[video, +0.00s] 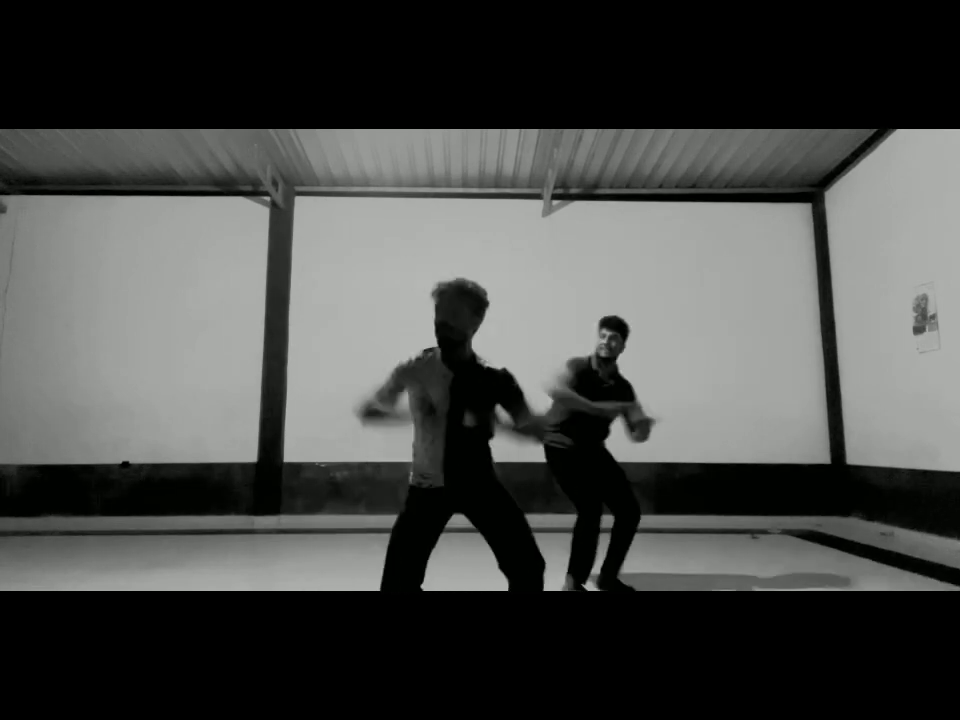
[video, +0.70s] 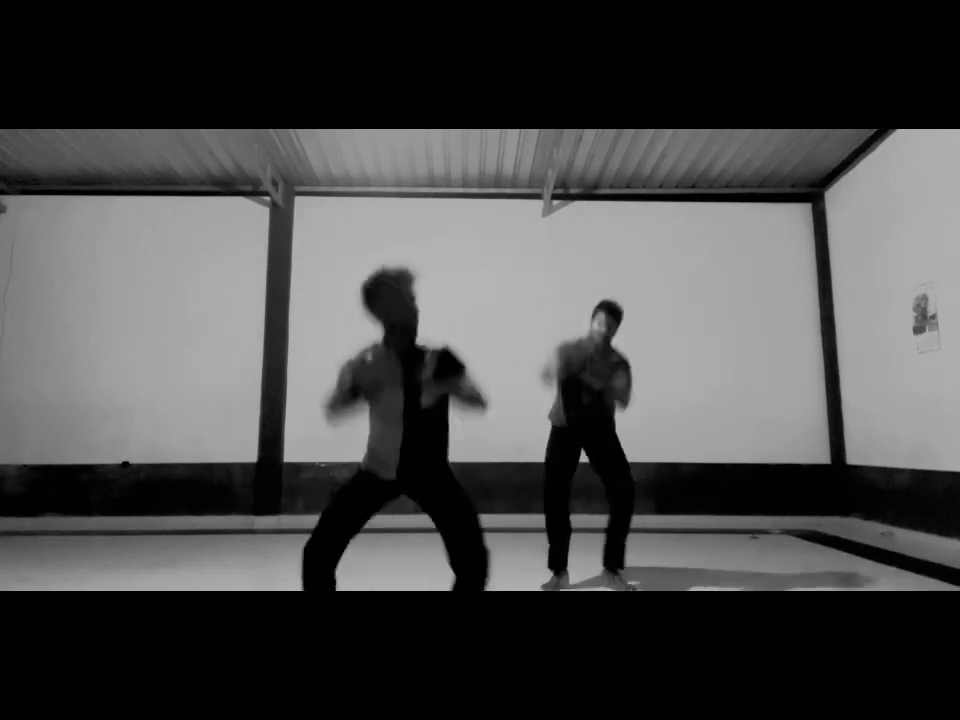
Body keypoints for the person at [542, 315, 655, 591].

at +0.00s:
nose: (607, 343)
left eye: (614, 339)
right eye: (603, 337)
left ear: (622, 346)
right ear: (596, 339)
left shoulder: (621, 387)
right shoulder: (576, 367)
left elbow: (635, 434)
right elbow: (554, 389)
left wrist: (643, 427)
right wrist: (595, 408)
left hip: (595, 449)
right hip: (563, 447)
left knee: (629, 511)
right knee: (590, 507)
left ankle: (608, 578)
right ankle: (574, 581)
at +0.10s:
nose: (609, 331)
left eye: (617, 329)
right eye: (608, 324)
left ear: (626, 336)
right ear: (602, 324)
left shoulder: (627, 376)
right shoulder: (575, 349)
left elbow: (665, 406)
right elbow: (539, 339)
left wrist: (652, 420)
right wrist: (530, 350)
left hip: (598, 443)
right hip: (563, 438)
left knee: (625, 507)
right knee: (575, 502)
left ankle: (607, 576)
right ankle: (574, 579)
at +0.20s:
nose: (607, 310)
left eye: (614, 307)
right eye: (607, 304)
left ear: (627, 316)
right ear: (604, 306)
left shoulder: (629, 352)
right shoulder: (578, 331)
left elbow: (673, 372)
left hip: (596, 425)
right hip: (558, 422)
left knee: (614, 495)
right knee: (559, 495)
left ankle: (609, 572)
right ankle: (569, 569)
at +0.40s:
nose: (599, 300)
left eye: (608, 298)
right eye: (602, 295)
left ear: (620, 311)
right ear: (601, 301)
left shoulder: (629, 343)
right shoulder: (577, 320)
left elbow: (680, 353)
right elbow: (548, 287)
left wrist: (732, 359)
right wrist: (519, 256)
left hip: (594, 427)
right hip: (559, 422)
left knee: (592, 501)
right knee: (556, 499)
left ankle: (593, 572)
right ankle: (554, 570)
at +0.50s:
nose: (597, 299)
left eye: (605, 297)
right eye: (600, 295)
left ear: (618, 309)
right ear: (599, 302)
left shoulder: (629, 345)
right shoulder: (576, 324)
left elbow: (676, 351)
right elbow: (550, 293)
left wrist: (705, 339)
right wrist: (530, 264)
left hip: (595, 432)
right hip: (560, 426)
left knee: (595, 503)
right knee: (559, 501)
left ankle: (596, 571)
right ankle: (557, 569)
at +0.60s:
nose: (597, 307)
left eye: (605, 305)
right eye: (598, 302)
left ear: (617, 314)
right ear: (595, 305)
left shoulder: (622, 347)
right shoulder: (571, 325)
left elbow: (658, 366)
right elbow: (534, 313)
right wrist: (540, 291)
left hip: (597, 424)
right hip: (562, 420)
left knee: (608, 491)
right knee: (558, 491)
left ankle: (602, 568)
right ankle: (558, 567)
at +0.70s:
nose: (603, 328)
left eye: (609, 324)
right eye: (600, 321)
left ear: (616, 329)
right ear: (592, 321)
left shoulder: (617, 363)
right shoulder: (568, 351)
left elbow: (623, 398)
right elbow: (550, 377)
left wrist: (601, 385)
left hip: (600, 433)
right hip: (565, 431)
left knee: (623, 493)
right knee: (555, 497)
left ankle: (612, 569)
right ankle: (558, 571)